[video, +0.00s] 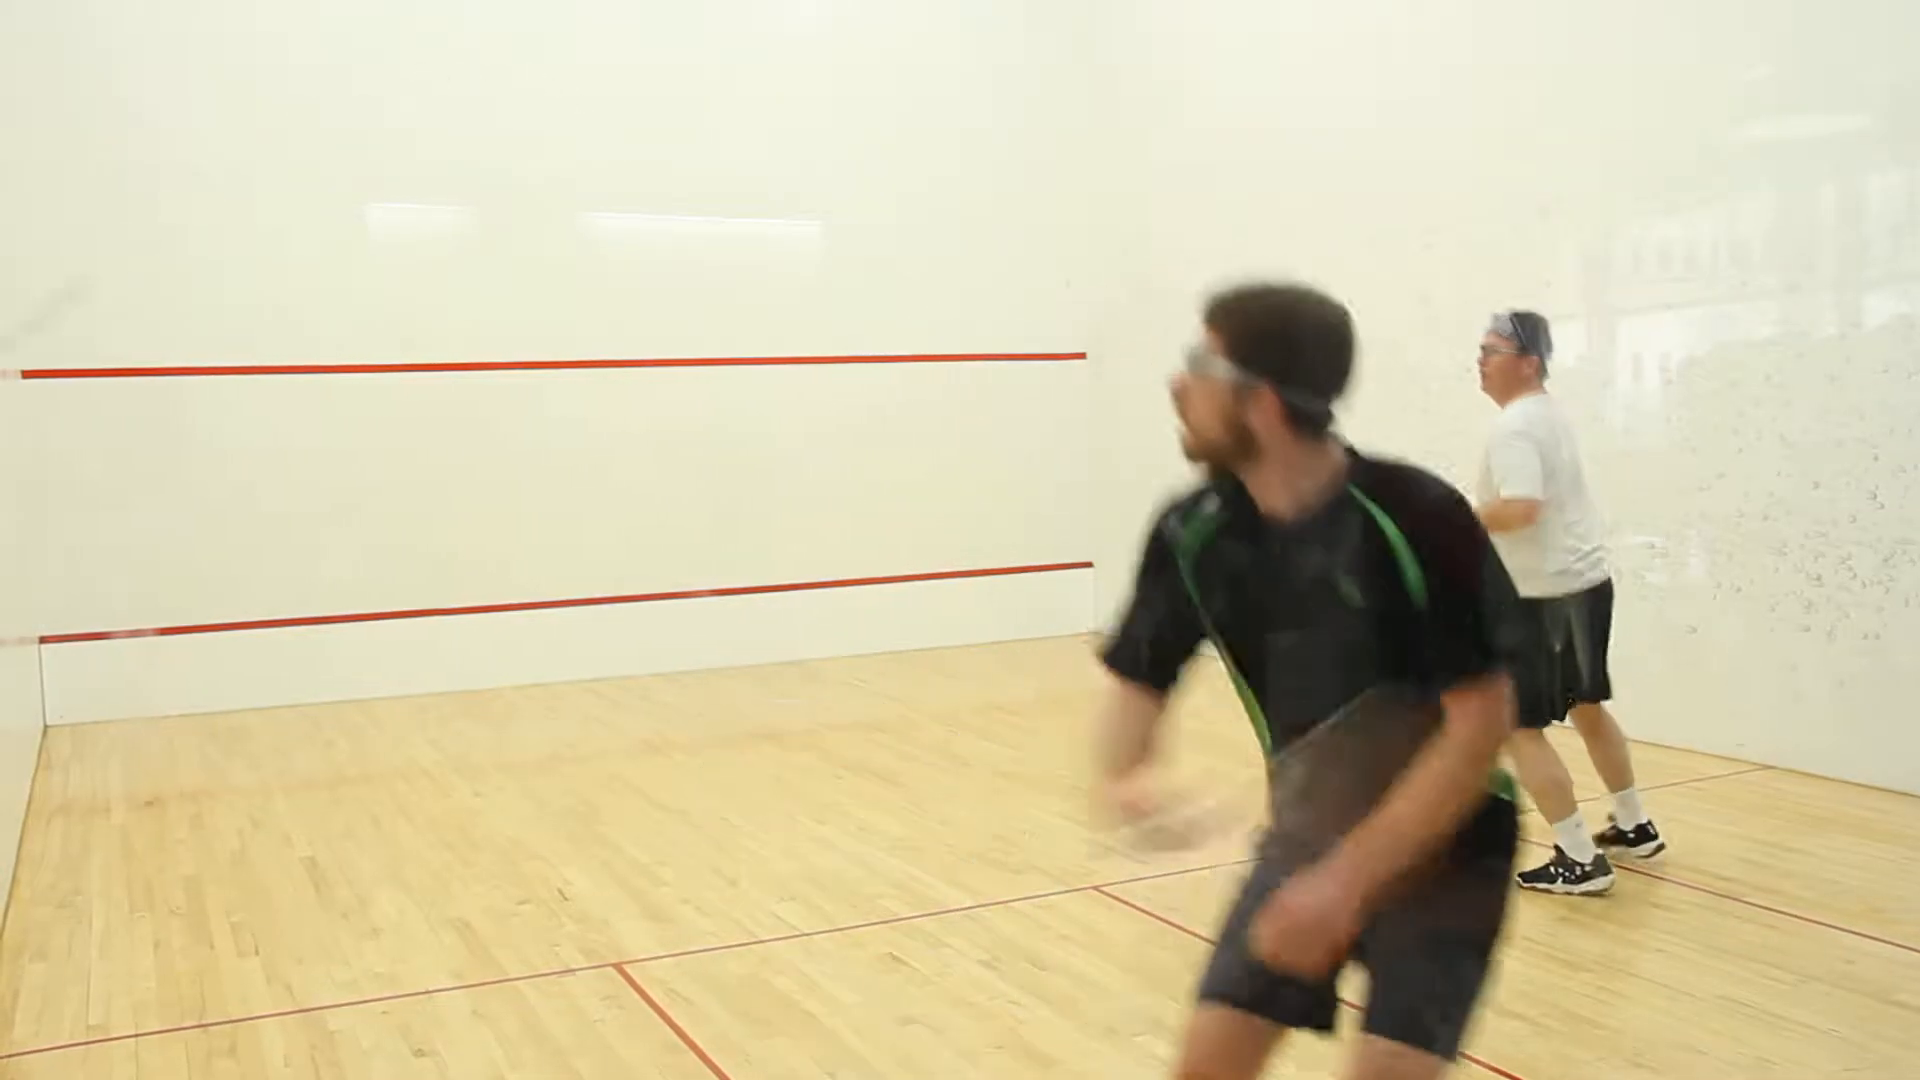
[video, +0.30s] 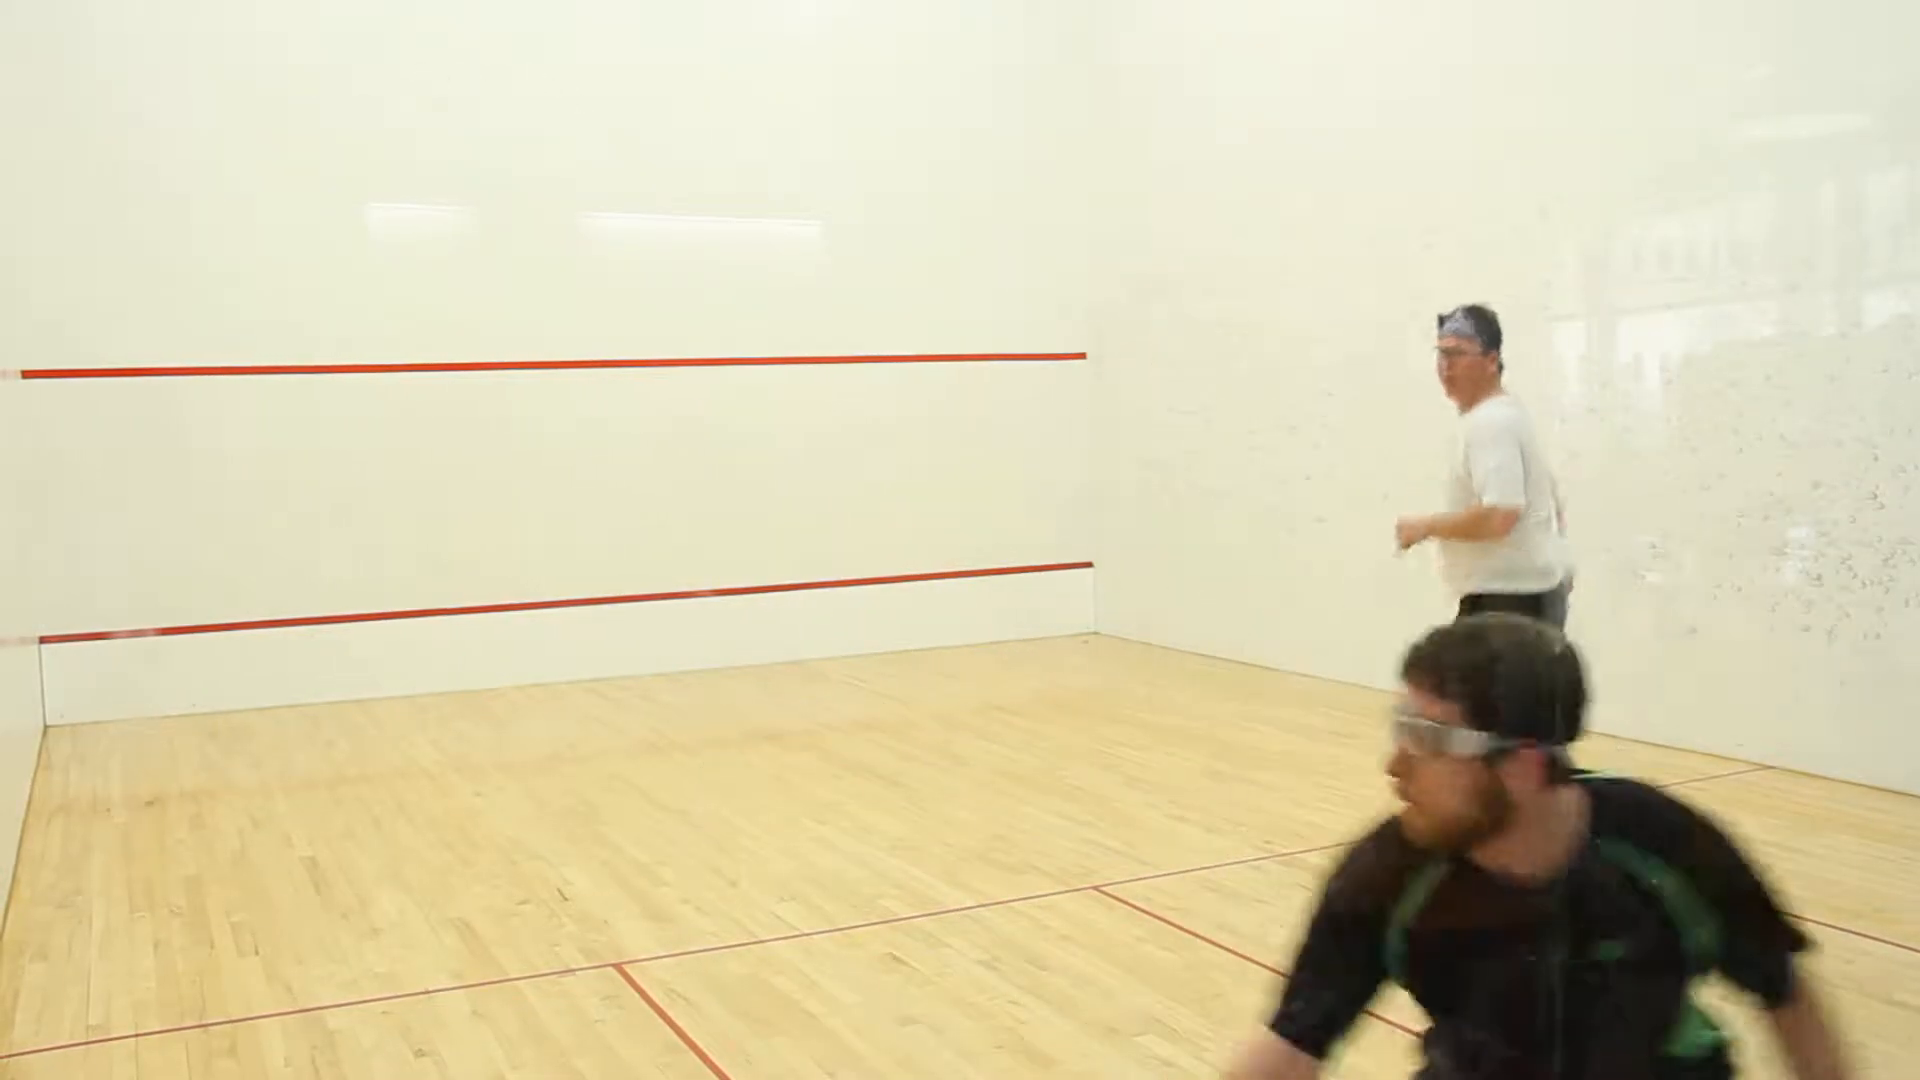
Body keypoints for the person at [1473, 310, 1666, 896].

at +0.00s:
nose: (1479, 363)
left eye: (1490, 352)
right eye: (1481, 351)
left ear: (1528, 363)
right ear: (1527, 365)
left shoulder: (1517, 426)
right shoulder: (1550, 415)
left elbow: (1522, 509)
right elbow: (1547, 501)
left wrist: (1464, 523)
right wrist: (1480, 514)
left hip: (1545, 594)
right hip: (1585, 584)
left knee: (1520, 725)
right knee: (1586, 703)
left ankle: (1578, 856)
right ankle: (1634, 823)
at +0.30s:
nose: (1444, 367)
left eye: (1456, 355)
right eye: (1441, 355)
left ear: (1491, 361)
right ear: (1435, 356)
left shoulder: (1490, 421)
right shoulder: (1509, 414)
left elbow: (1499, 516)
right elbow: (1550, 505)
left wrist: (1426, 527)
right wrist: (1558, 569)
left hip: (1504, 601)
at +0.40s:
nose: (1419, 381)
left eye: (1430, 368)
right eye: (1415, 369)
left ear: (1467, 375)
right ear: (1414, 371)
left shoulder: (1473, 437)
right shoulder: (1463, 434)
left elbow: (1476, 532)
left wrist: (1404, 555)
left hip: (1478, 620)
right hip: (1467, 615)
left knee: (1425, 748)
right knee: (1426, 744)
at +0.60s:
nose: (1334, 376)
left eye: (1343, 365)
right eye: (1336, 365)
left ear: (1369, 372)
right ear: (1388, 374)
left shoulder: (1379, 432)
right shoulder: (1412, 428)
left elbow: (1374, 523)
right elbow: (1411, 525)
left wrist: (1334, 567)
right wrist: (1359, 563)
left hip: (1410, 616)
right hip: (1439, 610)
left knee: (1373, 763)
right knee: (1402, 756)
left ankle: (1447, 905)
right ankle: (1490, 833)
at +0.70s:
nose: (1291, 389)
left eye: (1298, 378)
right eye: (1294, 377)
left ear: (1322, 385)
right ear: (1343, 386)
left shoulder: (1332, 444)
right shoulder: (1373, 441)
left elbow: (1317, 532)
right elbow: (1374, 531)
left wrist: (1286, 580)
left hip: (1374, 623)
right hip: (1406, 622)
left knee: (1306, 762)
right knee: (1320, 754)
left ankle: (1390, 891)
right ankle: (1345, 873)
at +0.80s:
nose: (1255, 423)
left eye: (1260, 411)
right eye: (1257, 410)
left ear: (1280, 414)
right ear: (1310, 416)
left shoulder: (1297, 474)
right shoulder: (1334, 473)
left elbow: (1294, 565)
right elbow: (1344, 589)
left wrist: (1242, 608)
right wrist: (1285, 656)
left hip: (1334, 657)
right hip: (1364, 658)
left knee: (1247, 781)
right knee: (1275, 767)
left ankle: (1300, 943)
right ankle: (1322, 885)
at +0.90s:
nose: (1211, 451)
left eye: (1217, 439)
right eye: (1213, 438)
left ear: (1241, 443)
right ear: (1262, 445)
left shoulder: (1261, 501)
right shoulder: (1282, 498)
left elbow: (1289, 574)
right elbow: (1231, 615)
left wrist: (1236, 648)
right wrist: (1182, 673)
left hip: (1288, 687)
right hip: (1324, 686)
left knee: (1178, 793)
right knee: (1256, 770)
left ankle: (1240, 945)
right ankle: (1318, 886)